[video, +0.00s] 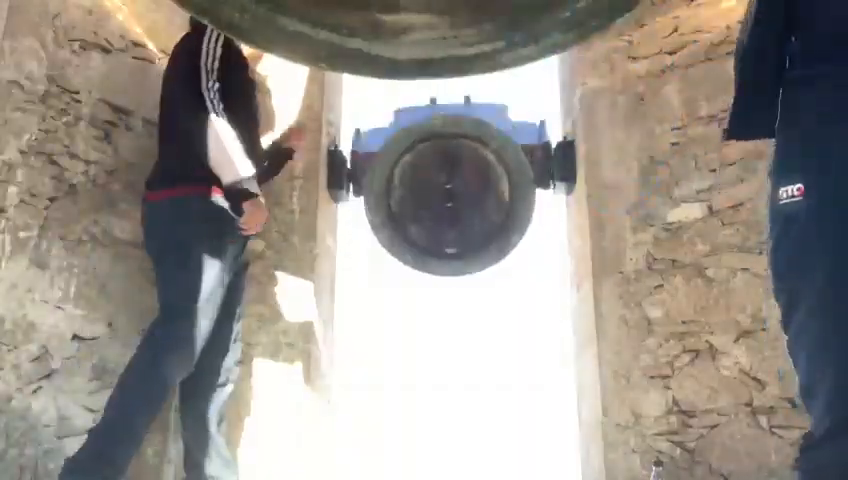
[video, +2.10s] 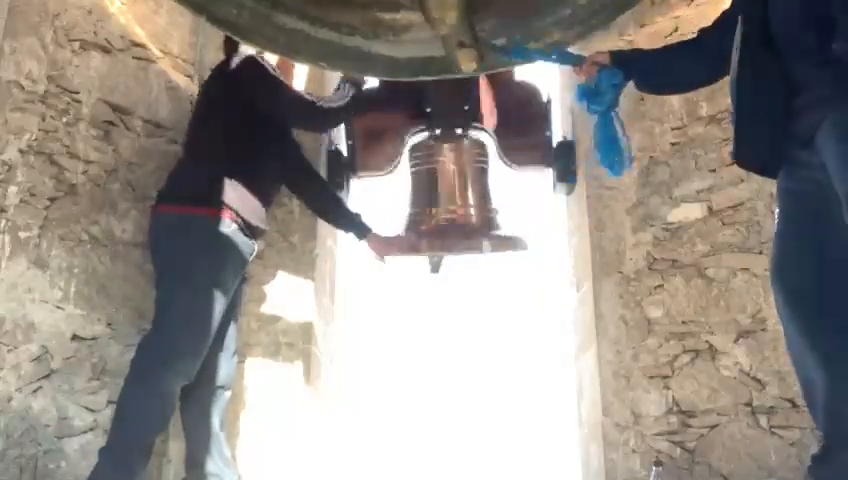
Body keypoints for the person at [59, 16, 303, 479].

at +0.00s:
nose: (267, 31)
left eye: (269, 25)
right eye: (264, 21)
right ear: (245, 12)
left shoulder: (238, 72)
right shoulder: (208, 37)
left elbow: (239, 174)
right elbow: (207, 116)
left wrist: (281, 153)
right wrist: (248, 190)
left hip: (226, 217)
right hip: (191, 205)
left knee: (216, 370)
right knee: (179, 345)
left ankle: (212, 471)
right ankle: (91, 470)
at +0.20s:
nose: (277, 37)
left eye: (279, 31)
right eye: (273, 26)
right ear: (251, 18)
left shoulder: (250, 82)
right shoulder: (216, 41)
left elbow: (290, 152)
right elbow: (221, 116)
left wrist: (320, 91)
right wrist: (280, 182)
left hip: (245, 227)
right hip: (207, 212)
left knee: (222, 375)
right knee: (184, 359)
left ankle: (214, 473)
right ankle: (112, 471)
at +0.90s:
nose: (315, 66)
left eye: (318, 57)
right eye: (314, 54)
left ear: (290, 49)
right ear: (292, 44)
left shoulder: (271, 96)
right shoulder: (253, 64)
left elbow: (290, 161)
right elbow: (237, 138)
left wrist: (345, 166)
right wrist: (252, 221)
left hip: (228, 222)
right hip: (196, 212)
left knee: (216, 370)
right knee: (177, 349)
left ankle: (213, 471)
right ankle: (110, 470)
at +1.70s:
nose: (281, 42)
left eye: (283, 32)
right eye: (277, 29)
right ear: (254, 25)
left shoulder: (246, 82)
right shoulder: (224, 62)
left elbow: (297, 142)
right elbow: (243, 141)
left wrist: (365, 120)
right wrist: (319, 187)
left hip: (226, 235)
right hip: (194, 227)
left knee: (214, 377)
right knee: (164, 364)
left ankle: (213, 473)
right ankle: (116, 472)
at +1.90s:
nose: (305, 59)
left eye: (307, 50)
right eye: (301, 47)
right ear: (275, 40)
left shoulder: (262, 93)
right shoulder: (242, 73)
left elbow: (281, 157)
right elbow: (266, 152)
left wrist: (354, 178)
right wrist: (346, 189)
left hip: (229, 240)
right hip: (202, 230)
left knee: (216, 379)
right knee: (170, 362)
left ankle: (215, 472)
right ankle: (118, 470)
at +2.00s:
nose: (303, 64)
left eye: (305, 55)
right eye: (299, 52)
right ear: (276, 46)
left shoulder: (269, 109)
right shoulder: (247, 71)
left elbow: (304, 181)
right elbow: (287, 146)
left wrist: (366, 223)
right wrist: (362, 148)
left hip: (229, 241)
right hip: (202, 229)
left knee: (217, 379)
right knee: (171, 361)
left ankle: (215, 472)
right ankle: (118, 470)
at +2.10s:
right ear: (268, 50)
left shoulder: (265, 123)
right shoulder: (246, 70)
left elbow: (305, 180)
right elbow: (313, 115)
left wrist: (366, 232)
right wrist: (374, 95)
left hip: (232, 243)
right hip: (202, 226)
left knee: (214, 379)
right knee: (174, 360)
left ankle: (213, 471)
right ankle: (117, 470)